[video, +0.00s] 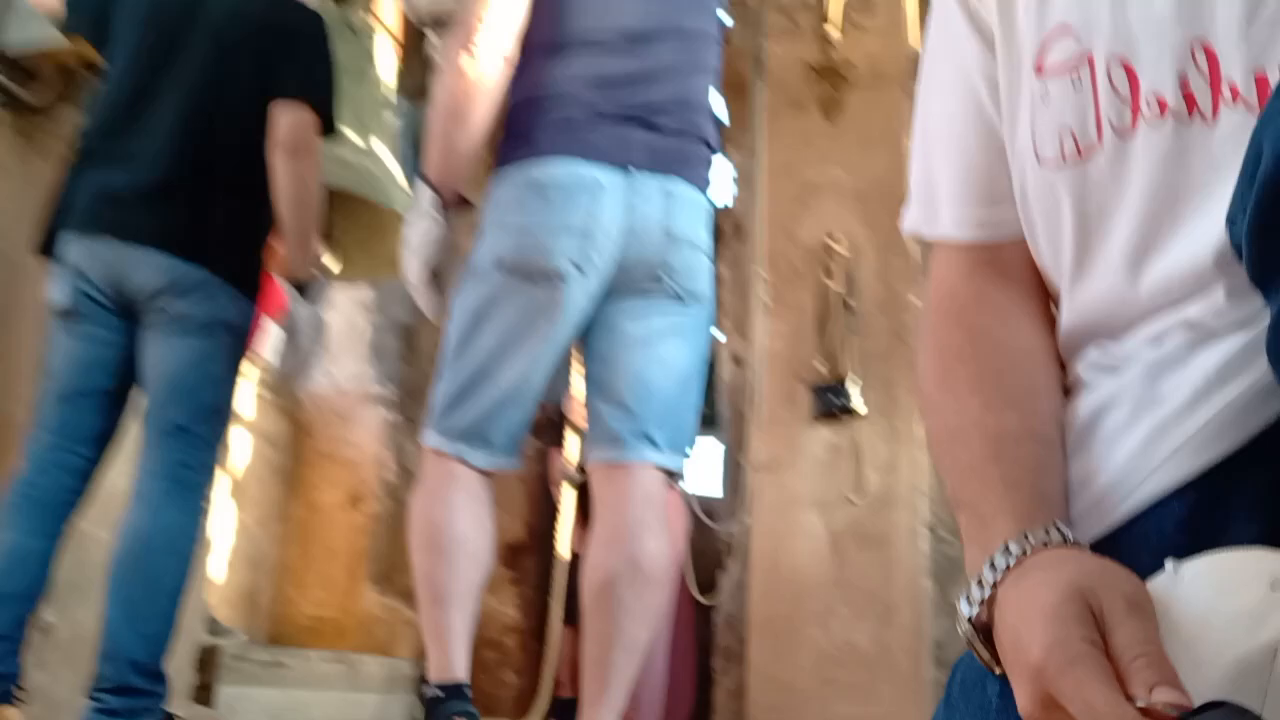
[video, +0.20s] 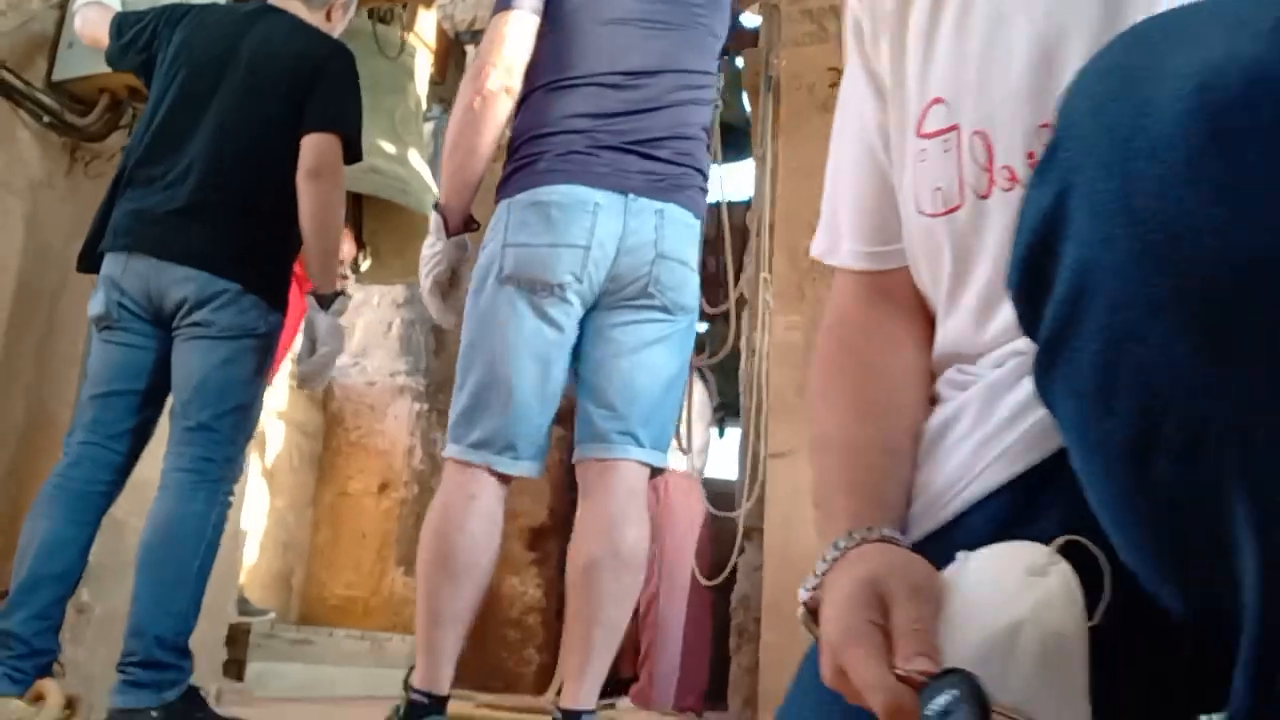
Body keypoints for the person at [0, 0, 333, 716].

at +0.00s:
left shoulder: (139, 3)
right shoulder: (291, 20)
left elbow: (77, 34)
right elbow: (293, 132)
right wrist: (303, 257)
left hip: (93, 226)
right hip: (201, 253)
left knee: (54, 459)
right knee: (173, 481)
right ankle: (126, 697)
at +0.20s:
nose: (345, 23)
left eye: (348, 16)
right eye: (348, 16)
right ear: (335, 8)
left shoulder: (188, 20)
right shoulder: (326, 57)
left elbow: (97, 28)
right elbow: (317, 166)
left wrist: (96, 14)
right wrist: (327, 287)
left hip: (133, 255)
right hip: (232, 278)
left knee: (89, 456)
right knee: (198, 476)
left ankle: (15, 666)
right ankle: (151, 687)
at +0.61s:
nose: (340, 69)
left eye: (341, 59)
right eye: (342, 59)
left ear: (269, 37)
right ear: (331, 51)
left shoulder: (197, 80)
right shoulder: (321, 101)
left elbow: (110, 92)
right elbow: (319, 207)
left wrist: (100, 71)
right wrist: (332, 316)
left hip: (148, 302)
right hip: (239, 317)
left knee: (114, 490)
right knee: (217, 499)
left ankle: (50, 687)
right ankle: (179, 695)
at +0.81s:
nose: (268, 76)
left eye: (270, 67)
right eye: (269, 66)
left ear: (195, 38)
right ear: (254, 54)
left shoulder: (114, 83)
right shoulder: (247, 104)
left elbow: (27, 93)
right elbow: (247, 215)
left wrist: (22, 70)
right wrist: (263, 320)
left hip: (65, 303)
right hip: (164, 319)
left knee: (35, 495)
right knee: (143, 505)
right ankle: (113, 698)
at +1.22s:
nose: (336, 160)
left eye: (339, 149)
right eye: (339, 148)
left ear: (265, 126)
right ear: (325, 141)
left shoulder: (191, 165)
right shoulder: (318, 192)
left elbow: (114, 179)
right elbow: (317, 293)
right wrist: (332, 407)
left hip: (146, 381)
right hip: (239, 399)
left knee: (112, 571)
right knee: (214, 585)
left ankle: (59, 713)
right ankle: (184, 716)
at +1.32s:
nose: (352, 155)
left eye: (356, 143)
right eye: (353, 141)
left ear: (278, 124)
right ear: (332, 130)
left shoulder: (204, 159)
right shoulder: (327, 187)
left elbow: (125, 176)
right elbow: (323, 288)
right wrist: (335, 399)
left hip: (152, 375)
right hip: (243, 395)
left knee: (111, 564)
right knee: (211, 582)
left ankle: (50, 711)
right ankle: (176, 715)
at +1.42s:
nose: (312, 162)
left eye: (316, 148)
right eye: (311, 144)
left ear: (236, 127)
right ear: (277, 128)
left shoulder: (154, 165)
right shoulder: (281, 192)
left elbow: (69, 185)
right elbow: (276, 294)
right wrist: (290, 413)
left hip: (101, 383)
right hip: (196, 403)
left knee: (58, 583)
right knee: (164, 596)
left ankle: (14, 707)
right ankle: (128, 714)